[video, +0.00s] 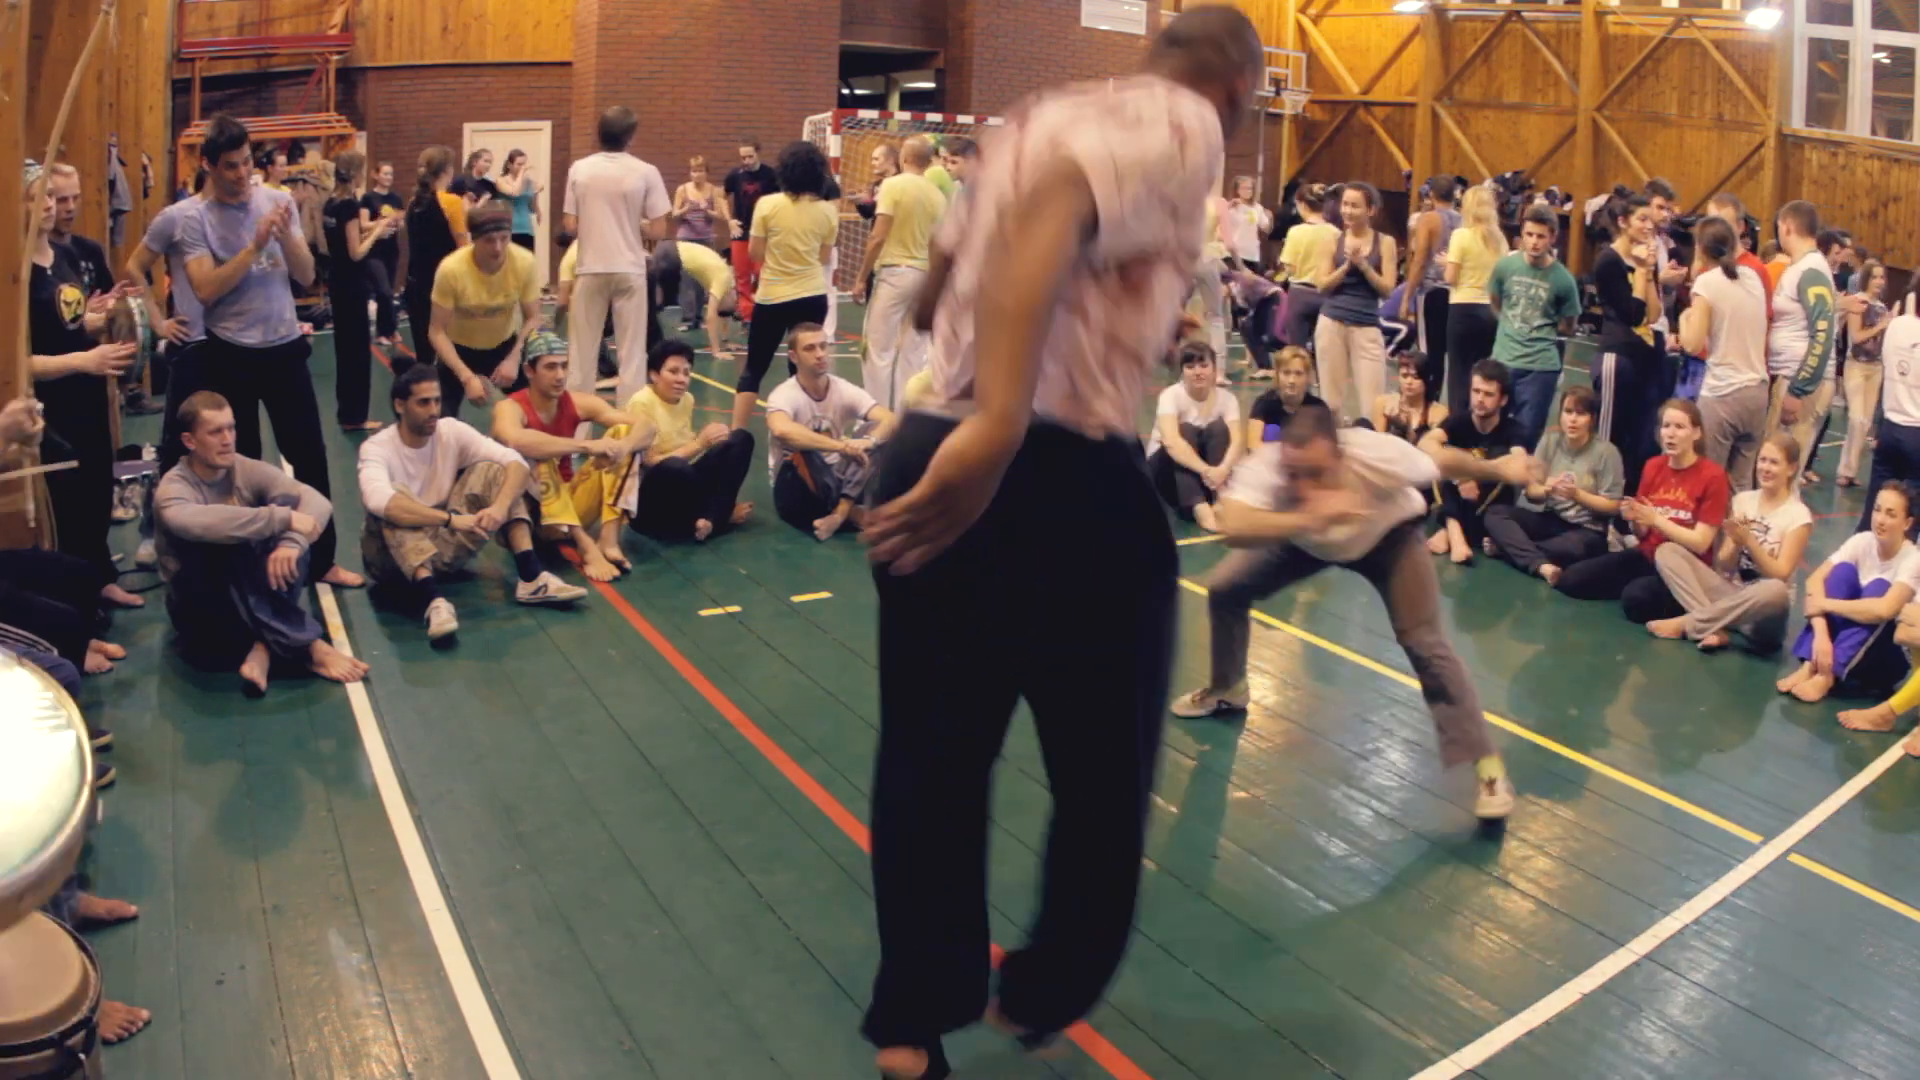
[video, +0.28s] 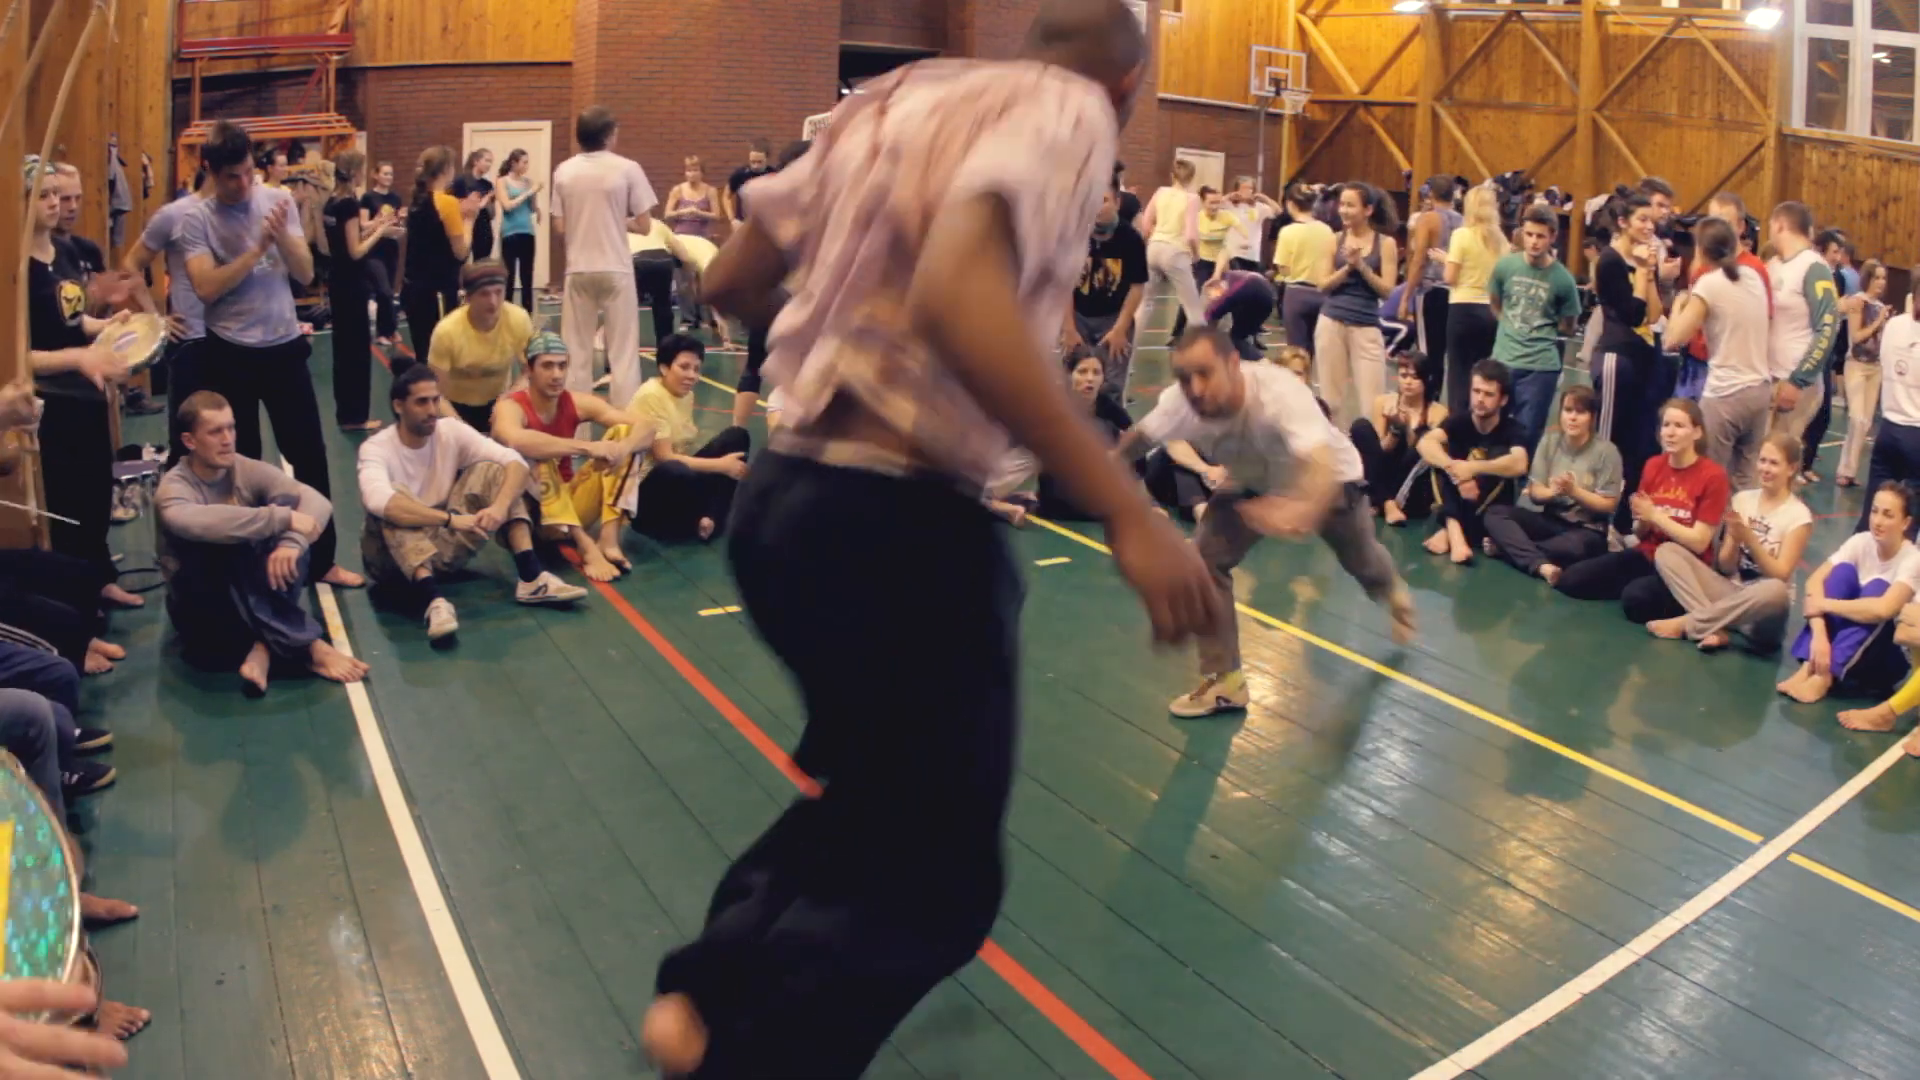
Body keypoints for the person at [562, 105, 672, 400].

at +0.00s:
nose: (632, 136)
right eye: (632, 132)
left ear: (599, 133)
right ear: (631, 135)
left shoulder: (579, 170)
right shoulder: (646, 172)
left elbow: (570, 225)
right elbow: (659, 230)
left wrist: (597, 225)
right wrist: (633, 224)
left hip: (590, 268)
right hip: (630, 269)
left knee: (582, 350)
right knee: (632, 350)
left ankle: (577, 424)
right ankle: (630, 426)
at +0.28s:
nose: (616, 137)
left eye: (615, 132)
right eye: (615, 133)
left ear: (580, 136)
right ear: (609, 136)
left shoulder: (563, 171)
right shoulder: (627, 168)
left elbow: (560, 226)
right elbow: (644, 226)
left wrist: (585, 220)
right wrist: (616, 219)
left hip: (578, 268)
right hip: (616, 267)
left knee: (577, 349)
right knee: (623, 350)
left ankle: (576, 426)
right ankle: (626, 426)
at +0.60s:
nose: (602, 135)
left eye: (600, 129)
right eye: (599, 130)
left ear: (567, 140)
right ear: (590, 135)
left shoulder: (553, 175)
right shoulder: (610, 164)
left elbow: (551, 230)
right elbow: (625, 219)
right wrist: (607, 239)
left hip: (567, 264)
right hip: (604, 260)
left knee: (570, 343)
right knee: (617, 341)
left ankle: (572, 414)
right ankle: (622, 416)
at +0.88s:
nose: (605, 135)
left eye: (604, 130)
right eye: (602, 130)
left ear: (570, 139)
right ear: (593, 135)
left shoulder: (554, 174)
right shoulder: (611, 164)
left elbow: (552, 228)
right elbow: (627, 218)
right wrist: (606, 235)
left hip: (568, 266)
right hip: (604, 262)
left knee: (570, 343)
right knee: (620, 341)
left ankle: (571, 415)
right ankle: (625, 417)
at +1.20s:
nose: (625, 135)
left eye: (623, 130)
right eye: (623, 130)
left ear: (589, 136)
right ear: (617, 134)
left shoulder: (572, 170)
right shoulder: (634, 167)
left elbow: (562, 226)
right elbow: (647, 222)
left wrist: (586, 228)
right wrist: (665, 239)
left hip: (586, 268)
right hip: (625, 267)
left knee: (580, 348)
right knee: (631, 348)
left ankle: (573, 424)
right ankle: (633, 425)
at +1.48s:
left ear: (611, 135)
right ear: (644, 136)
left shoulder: (594, 170)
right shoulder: (661, 172)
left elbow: (582, 224)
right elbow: (670, 229)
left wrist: (609, 217)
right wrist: (643, 221)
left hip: (602, 270)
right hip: (643, 270)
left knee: (592, 354)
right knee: (643, 355)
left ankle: (584, 437)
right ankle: (639, 435)